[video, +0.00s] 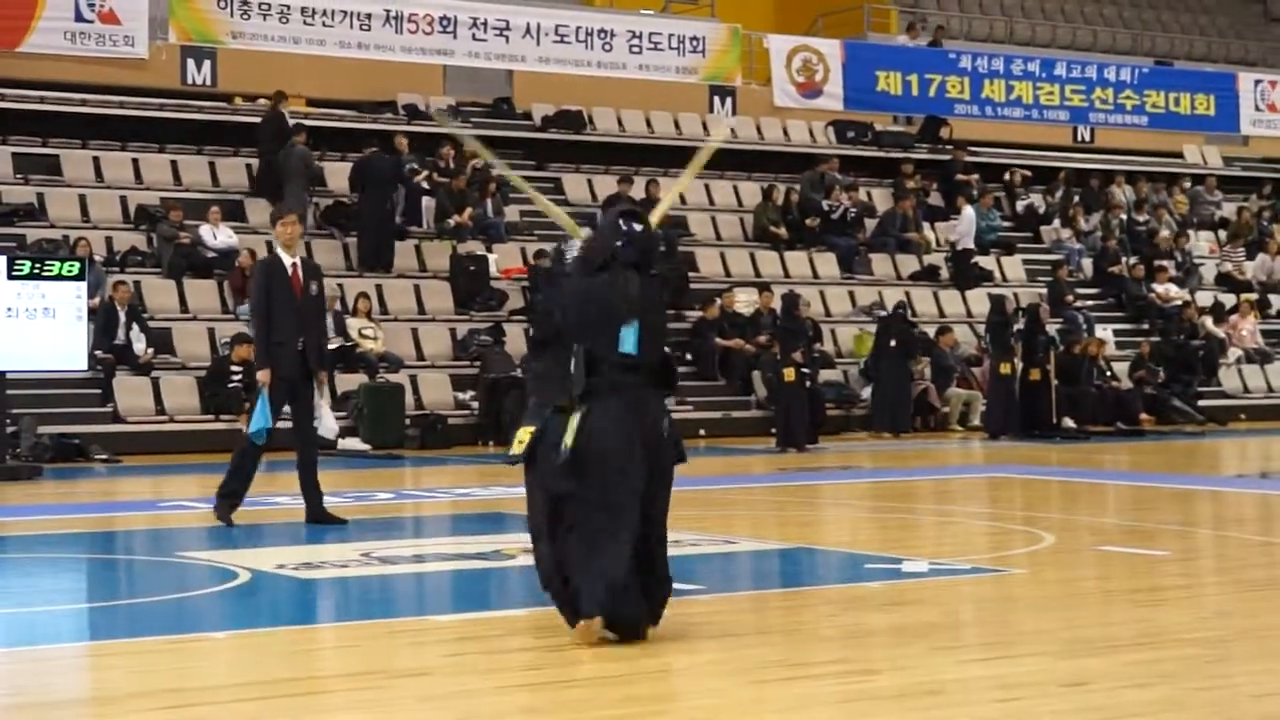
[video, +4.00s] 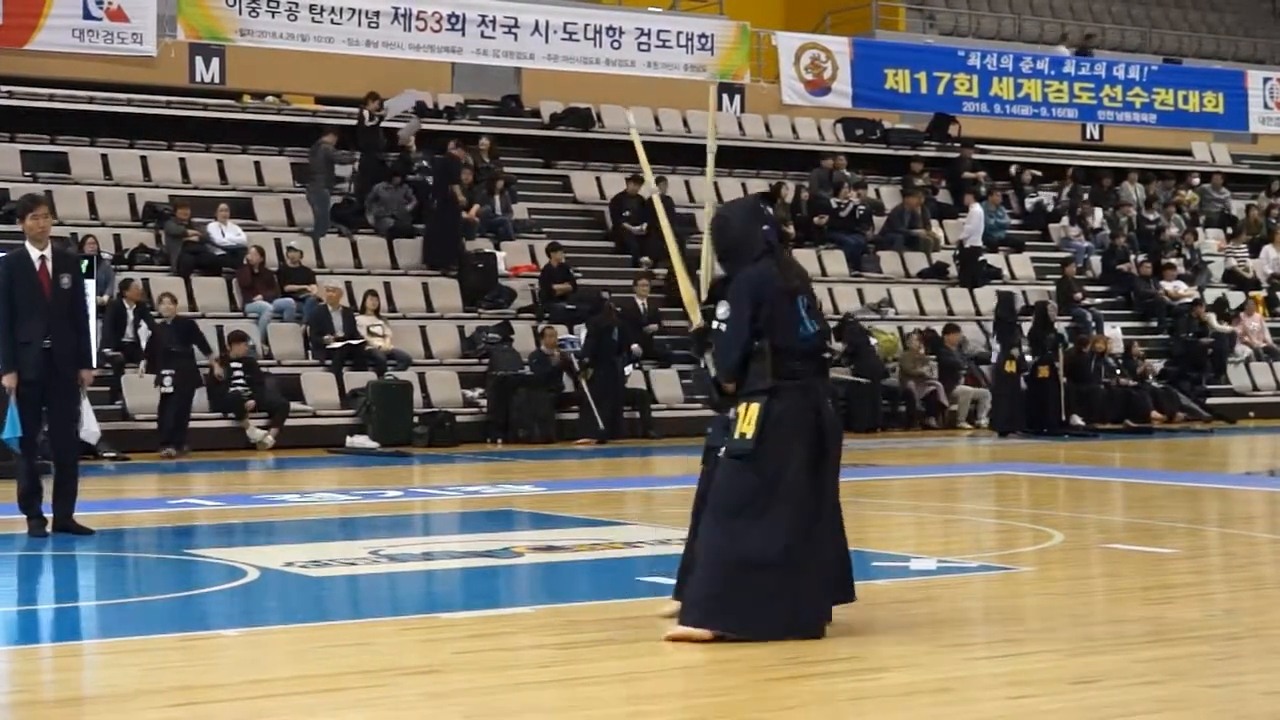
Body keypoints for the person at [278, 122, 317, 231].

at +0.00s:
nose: (305, 138)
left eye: (305, 135)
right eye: (304, 135)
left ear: (293, 135)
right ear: (300, 135)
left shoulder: (284, 151)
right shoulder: (304, 151)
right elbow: (312, 170)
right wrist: (319, 168)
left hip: (287, 186)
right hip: (301, 187)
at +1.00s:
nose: (310, 139)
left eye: (310, 136)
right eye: (309, 136)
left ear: (298, 135)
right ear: (305, 135)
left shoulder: (287, 151)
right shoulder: (308, 150)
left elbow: (284, 170)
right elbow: (315, 169)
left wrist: (291, 179)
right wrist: (313, 181)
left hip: (291, 185)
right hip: (304, 184)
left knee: (300, 217)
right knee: (305, 218)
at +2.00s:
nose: (319, 138)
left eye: (319, 135)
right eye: (318, 135)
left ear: (306, 135)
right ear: (313, 135)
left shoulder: (294, 150)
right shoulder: (317, 150)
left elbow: (289, 167)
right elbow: (324, 169)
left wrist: (298, 174)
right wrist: (331, 182)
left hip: (297, 186)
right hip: (312, 187)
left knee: (310, 218)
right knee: (311, 220)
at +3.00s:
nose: (327, 137)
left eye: (326, 135)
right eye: (325, 135)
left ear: (315, 135)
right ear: (322, 136)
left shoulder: (307, 148)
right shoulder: (325, 148)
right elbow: (340, 162)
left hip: (309, 185)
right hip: (321, 186)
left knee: (316, 218)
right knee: (321, 220)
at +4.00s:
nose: (334, 141)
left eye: (334, 139)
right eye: (334, 138)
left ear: (324, 136)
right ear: (331, 137)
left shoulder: (315, 148)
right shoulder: (326, 148)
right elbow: (337, 157)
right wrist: (354, 158)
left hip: (312, 188)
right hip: (321, 189)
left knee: (320, 222)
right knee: (323, 223)